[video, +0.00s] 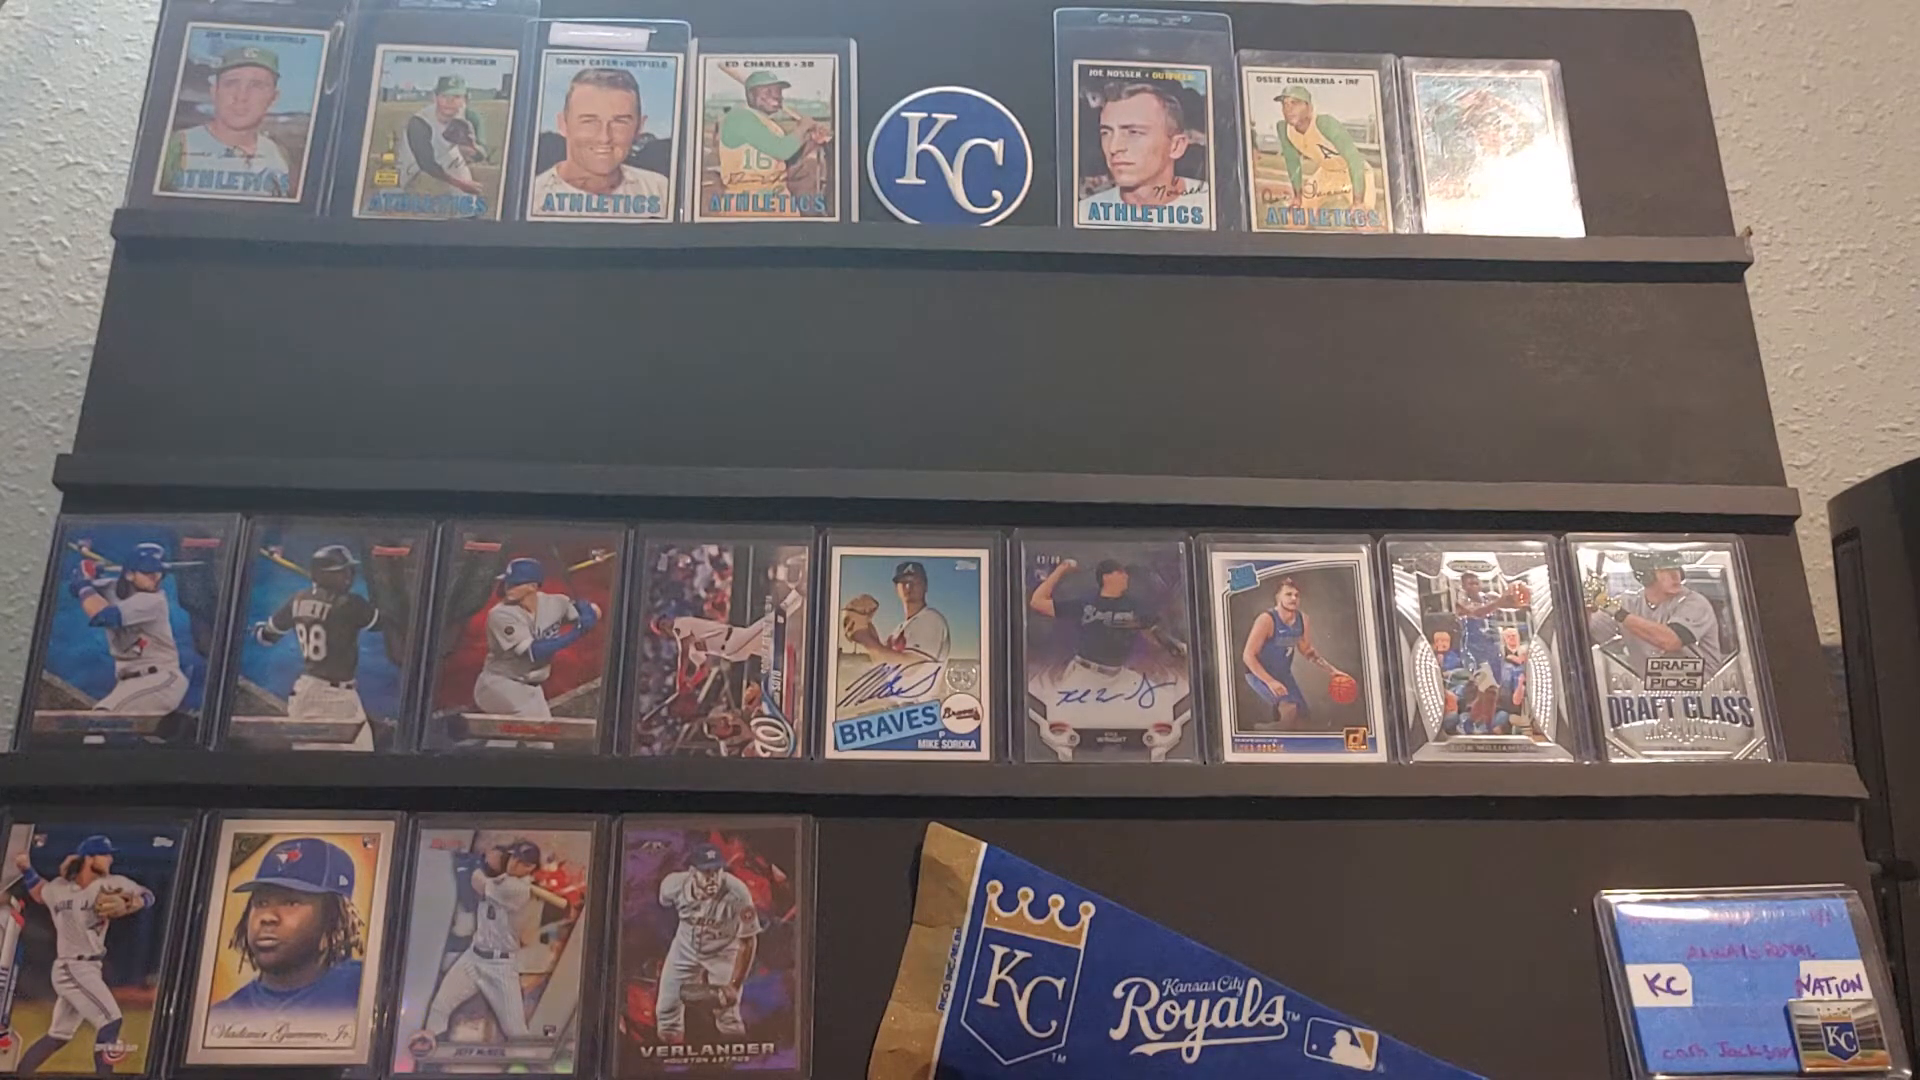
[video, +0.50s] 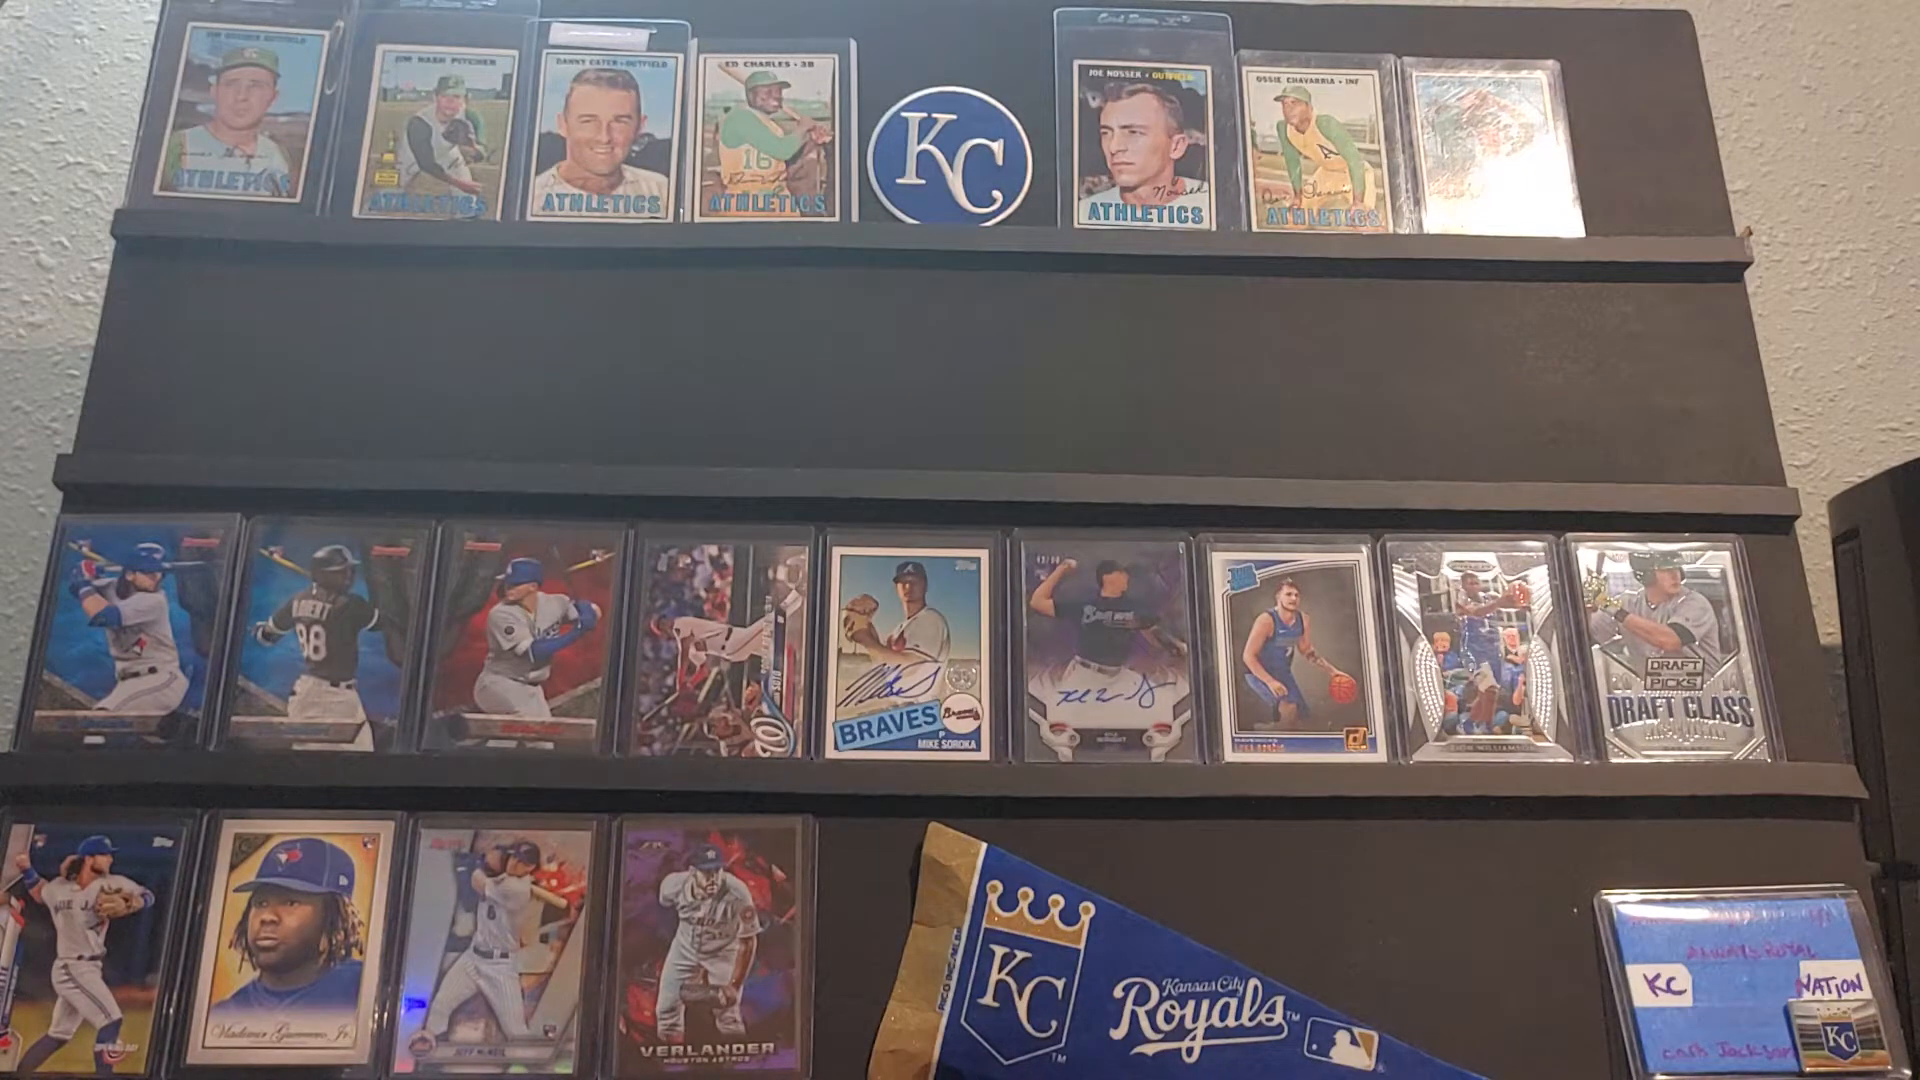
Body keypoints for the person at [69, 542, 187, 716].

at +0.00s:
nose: (155, 577)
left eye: (158, 572)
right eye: (147, 572)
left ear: (162, 573)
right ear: (130, 574)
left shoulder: (154, 600)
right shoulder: (114, 587)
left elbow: (105, 617)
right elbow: (79, 588)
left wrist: (83, 586)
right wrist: (87, 573)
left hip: (162, 679)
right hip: (129, 682)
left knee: (101, 716)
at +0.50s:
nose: (157, 577)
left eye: (159, 572)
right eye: (149, 572)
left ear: (162, 573)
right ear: (130, 574)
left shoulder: (154, 600)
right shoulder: (113, 587)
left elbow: (104, 617)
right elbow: (79, 588)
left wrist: (82, 586)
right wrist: (85, 574)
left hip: (163, 679)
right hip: (130, 682)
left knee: (100, 717)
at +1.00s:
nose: (156, 577)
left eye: (159, 572)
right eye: (149, 572)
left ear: (162, 573)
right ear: (130, 574)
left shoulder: (155, 600)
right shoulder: (113, 587)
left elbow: (104, 617)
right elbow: (78, 589)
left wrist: (83, 586)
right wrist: (86, 573)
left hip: (163, 679)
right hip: (130, 682)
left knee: (100, 718)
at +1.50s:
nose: (157, 577)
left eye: (158, 572)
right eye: (149, 572)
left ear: (162, 573)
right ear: (130, 575)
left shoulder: (154, 600)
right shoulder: (113, 587)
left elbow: (105, 617)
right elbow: (79, 588)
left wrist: (83, 586)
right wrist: (87, 574)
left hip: (163, 679)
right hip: (130, 682)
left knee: (100, 717)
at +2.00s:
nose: (156, 577)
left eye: (159, 572)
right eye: (148, 572)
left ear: (162, 572)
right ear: (130, 574)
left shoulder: (154, 600)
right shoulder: (113, 588)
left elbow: (104, 617)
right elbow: (79, 588)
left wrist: (82, 585)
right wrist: (88, 573)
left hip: (163, 679)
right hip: (129, 682)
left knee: (100, 717)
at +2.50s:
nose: (156, 576)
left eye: (158, 571)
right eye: (148, 571)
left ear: (162, 572)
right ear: (130, 574)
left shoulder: (154, 600)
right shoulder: (113, 587)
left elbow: (104, 617)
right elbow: (79, 588)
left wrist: (82, 585)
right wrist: (88, 574)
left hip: (163, 679)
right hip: (129, 682)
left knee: (100, 717)